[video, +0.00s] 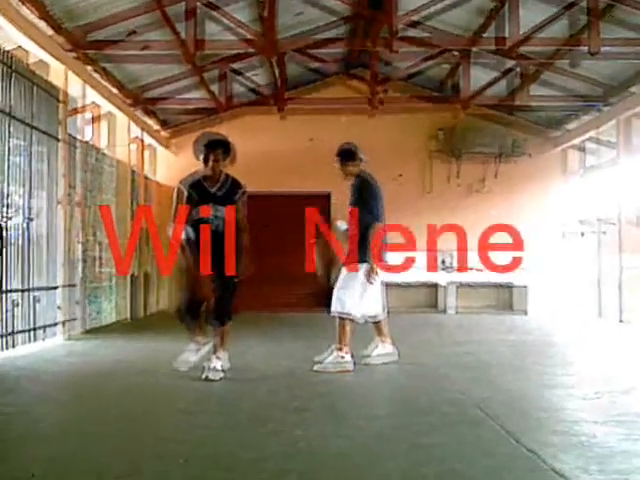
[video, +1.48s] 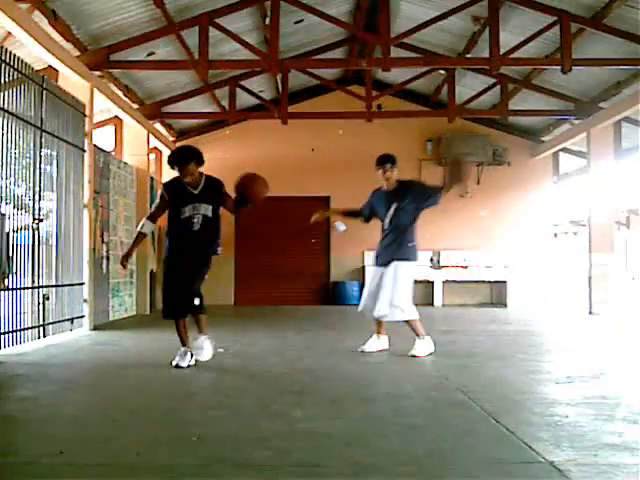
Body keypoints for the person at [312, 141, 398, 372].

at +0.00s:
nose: (342, 172)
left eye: (342, 167)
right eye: (341, 167)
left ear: (350, 164)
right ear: (353, 163)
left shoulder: (366, 184)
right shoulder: (358, 185)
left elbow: (375, 223)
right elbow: (362, 223)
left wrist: (372, 260)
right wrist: (346, 230)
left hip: (363, 259)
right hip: (359, 257)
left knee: (343, 301)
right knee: (373, 302)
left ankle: (342, 351)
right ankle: (384, 342)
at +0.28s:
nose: (341, 172)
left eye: (342, 167)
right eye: (340, 167)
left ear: (352, 165)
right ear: (351, 165)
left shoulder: (366, 185)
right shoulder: (358, 186)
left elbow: (376, 224)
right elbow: (361, 224)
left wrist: (372, 260)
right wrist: (345, 228)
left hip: (363, 259)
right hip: (360, 257)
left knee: (342, 300)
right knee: (372, 302)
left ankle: (342, 350)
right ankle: (384, 342)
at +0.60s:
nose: (342, 171)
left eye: (343, 166)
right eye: (341, 166)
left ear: (351, 163)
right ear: (353, 163)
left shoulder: (366, 183)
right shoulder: (359, 184)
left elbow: (376, 223)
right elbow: (362, 223)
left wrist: (373, 260)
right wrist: (345, 228)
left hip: (364, 259)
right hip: (361, 257)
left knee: (343, 300)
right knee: (372, 303)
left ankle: (342, 352)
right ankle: (385, 344)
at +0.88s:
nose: (342, 169)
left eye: (343, 164)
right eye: (341, 164)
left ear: (352, 162)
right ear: (353, 162)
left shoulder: (368, 184)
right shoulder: (360, 184)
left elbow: (377, 224)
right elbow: (363, 223)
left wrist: (374, 261)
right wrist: (346, 228)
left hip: (364, 259)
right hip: (362, 258)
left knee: (343, 302)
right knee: (375, 304)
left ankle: (343, 354)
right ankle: (387, 346)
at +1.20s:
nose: (368, 175)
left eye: (371, 171)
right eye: (364, 171)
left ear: (377, 170)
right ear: (360, 172)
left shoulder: (389, 191)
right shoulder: (359, 194)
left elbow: (404, 222)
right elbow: (353, 225)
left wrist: (414, 251)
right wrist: (346, 247)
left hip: (379, 253)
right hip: (363, 252)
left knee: (355, 289)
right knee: (377, 294)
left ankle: (358, 335)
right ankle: (380, 337)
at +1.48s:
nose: (385, 174)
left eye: (388, 169)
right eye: (382, 170)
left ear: (395, 170)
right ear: (378, 173)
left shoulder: (411, 188)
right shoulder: (378, 196)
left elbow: (437, 193)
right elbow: (363, 215)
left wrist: (456, 186)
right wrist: (330, 212)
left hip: (404, 255)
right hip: (384, 255)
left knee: (400, 300)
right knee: (376, 299)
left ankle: (424, 339)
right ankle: (380, 337)